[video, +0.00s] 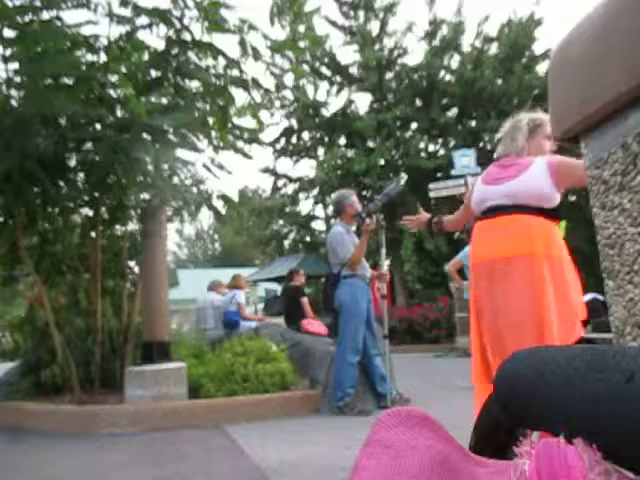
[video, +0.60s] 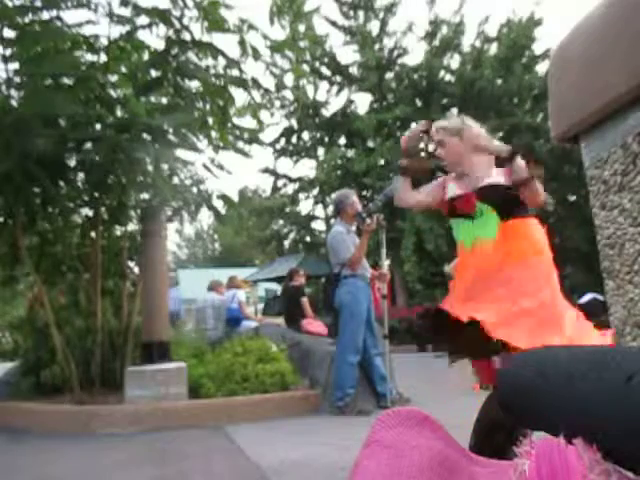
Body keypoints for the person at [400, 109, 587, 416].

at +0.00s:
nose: (553, 144)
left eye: (551, 138)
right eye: (547, 138)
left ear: (511, 142)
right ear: (527, 140)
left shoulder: (483, 179)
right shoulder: (547, 166)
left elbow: (457, 220)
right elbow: (596, 171)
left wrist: (429, 222)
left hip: (485, 245)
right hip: (531, 240)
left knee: (495, 334)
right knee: (542, 324)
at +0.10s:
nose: (541, 149)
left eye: (540, 143)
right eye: (536, 143)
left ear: (497, 150)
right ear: (522, 145)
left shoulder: (474, 185)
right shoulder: (542, 173)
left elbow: (456, 235)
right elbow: (590, 197)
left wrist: (438, 233)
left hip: (485, 248)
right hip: (532, 243)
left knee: (493, 332)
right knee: (540, 324)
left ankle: (497, 414)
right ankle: (547, 408)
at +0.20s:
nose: (525, 152)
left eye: (524, 147)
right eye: (523, 147)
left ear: (483, 152)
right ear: (518, 151)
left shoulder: (466, 184)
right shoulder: (539, 180)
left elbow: (454, 239)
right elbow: (564, 232)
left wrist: (443, 234)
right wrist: (560, 251)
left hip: (486, 245)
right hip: (533, 242)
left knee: (490, 330)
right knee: (540, 324)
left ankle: (493, 417)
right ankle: (546, 406)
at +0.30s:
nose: (468, 156)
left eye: (469, 151)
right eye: (468, 152)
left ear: (476, 149)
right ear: (512, 150)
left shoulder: (473, 174)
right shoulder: (525, 177)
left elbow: (450, 227)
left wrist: (437, 221)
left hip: (492, 248)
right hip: (538, 246)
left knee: (491, 332)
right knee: (545, 326)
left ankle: (492, 421)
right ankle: (549, 408)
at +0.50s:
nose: (446, 160)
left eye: (450, 150)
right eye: (444, 153)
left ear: (472, 145)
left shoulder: (505, 161)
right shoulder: (460, 184)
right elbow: (418, 202)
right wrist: (414, 169)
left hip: (521, 243)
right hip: (484, 250)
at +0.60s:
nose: (438, 153)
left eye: (442, 144)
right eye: (435, 147)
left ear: (467, 140)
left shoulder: (508, 167)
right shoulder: (446, 186)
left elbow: (537, 201)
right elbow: (404, 199)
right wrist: (406, 159)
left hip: (523, 254)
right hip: (478, 266)